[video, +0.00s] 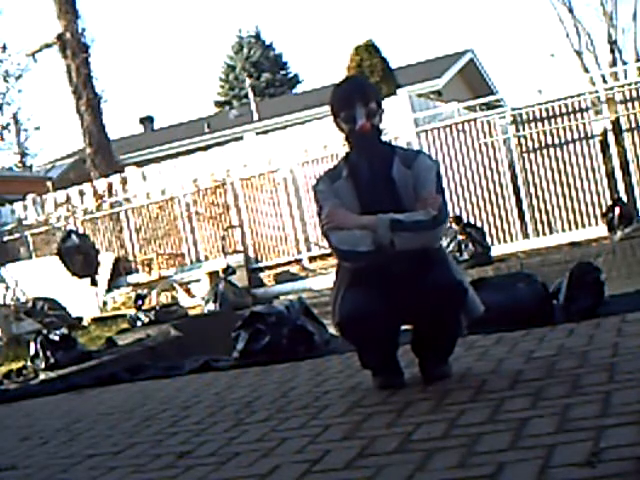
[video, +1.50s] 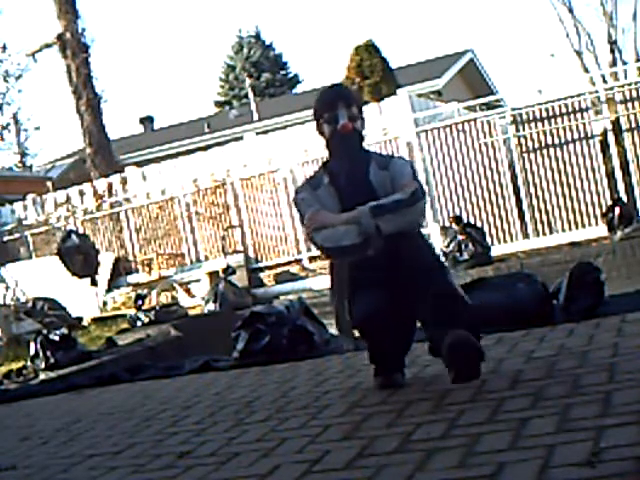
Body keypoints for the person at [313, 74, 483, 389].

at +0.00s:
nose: (362, 124)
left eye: (370, 112)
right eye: (350, 117)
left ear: (381, 112)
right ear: (338, 122)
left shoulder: (418, 164)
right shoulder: (328, 185)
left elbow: (434, 228)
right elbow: (345, 246)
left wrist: (359, 222)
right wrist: (414, 220)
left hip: (422, 265)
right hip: (365, 277)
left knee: (444, 293)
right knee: (359, 315)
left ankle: (434, 358)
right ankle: (384, 367)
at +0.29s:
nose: (361, 125)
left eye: (368, 113)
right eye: (349, 118)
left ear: (380, 114)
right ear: (337, 124)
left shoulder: (416, 164)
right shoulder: (327, 185)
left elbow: (431, 228)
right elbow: (342, 245)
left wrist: (358, 222)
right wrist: (413, 219)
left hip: (422, 267)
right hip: (365, 278)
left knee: (447, 292)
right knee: (357, 314)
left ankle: (435, 359)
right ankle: (383, 367)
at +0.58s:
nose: (360, 125)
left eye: (367, 113)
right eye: (348, 118)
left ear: (379, 113)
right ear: (337, 124)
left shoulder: (415, 163)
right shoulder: (327, 185)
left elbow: (432, 227)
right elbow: (340, 243)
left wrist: (357, 222)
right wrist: (412, 218)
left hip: (421, 265)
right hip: (363, 276)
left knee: (446, 292)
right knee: (355, 313)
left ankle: (435, 359)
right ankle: (384, 368)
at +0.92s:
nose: (357, 125)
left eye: (365, 113)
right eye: (345, 117)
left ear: (377, 114)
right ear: (333, 123)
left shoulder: (413, 162)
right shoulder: (323, 184)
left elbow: (428, 226)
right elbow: (338, 243)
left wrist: (353, 221)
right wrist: (409, 216)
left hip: (418, 265)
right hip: (361, 276)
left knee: (438, 292)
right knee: (355, 312)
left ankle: (434, 359)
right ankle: (385, 368)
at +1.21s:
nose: (343, 113)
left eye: (351, 102)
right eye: (332, 106)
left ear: (363, 104)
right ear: (320, 112)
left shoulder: (395, 147)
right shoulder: (308, 173)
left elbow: (407, 193)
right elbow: (321, 228)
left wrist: (337, 202)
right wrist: (386, 209)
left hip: (413, 263)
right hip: (358, 278)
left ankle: (442, 347)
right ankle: (385, 366)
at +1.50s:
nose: (344, 127)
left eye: (351, 118)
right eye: (333, 121)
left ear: (362, 121)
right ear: (320, 129)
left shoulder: (395, 167)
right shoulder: (310, 192)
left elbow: (414, 211)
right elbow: (328, 242)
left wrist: (341, 220)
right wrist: (388, 218)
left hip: (411, 263)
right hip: (363, 281)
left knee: (411, 246)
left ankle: (459, 350)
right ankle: (388, 366)